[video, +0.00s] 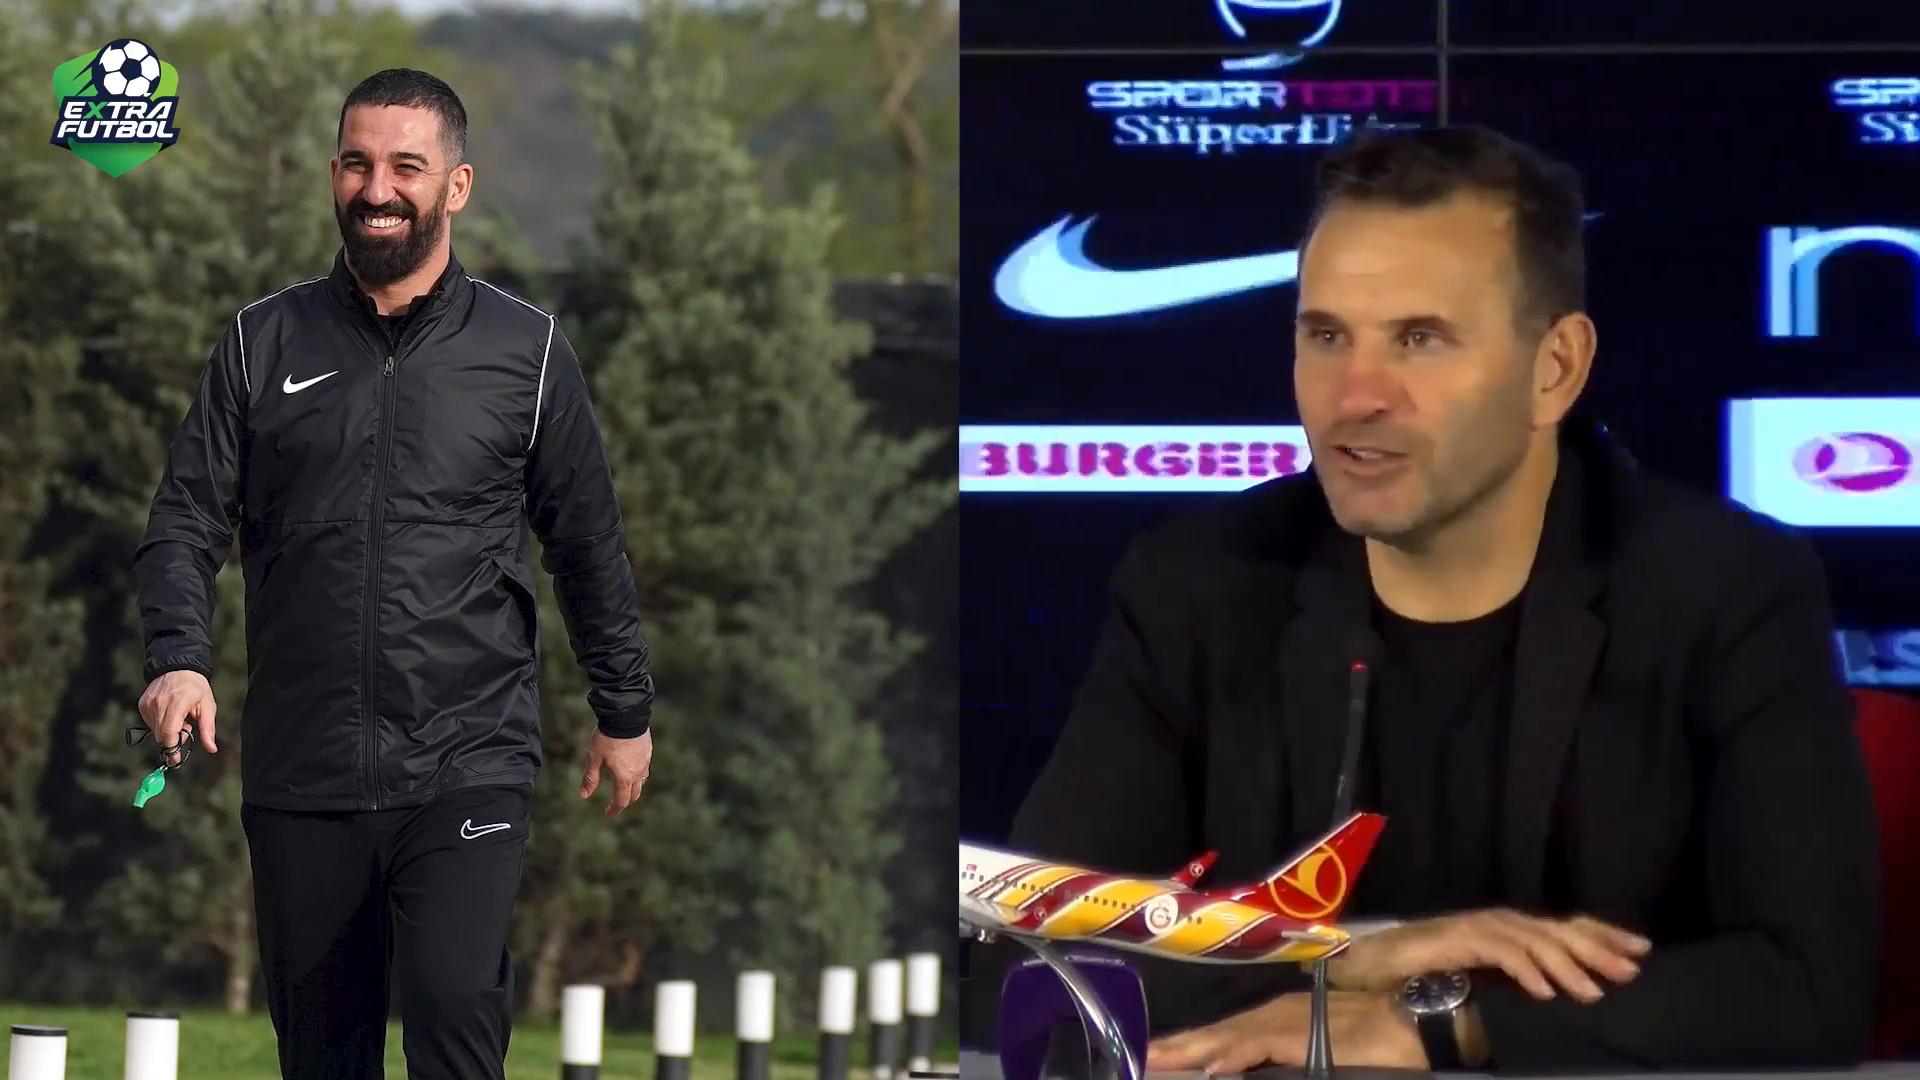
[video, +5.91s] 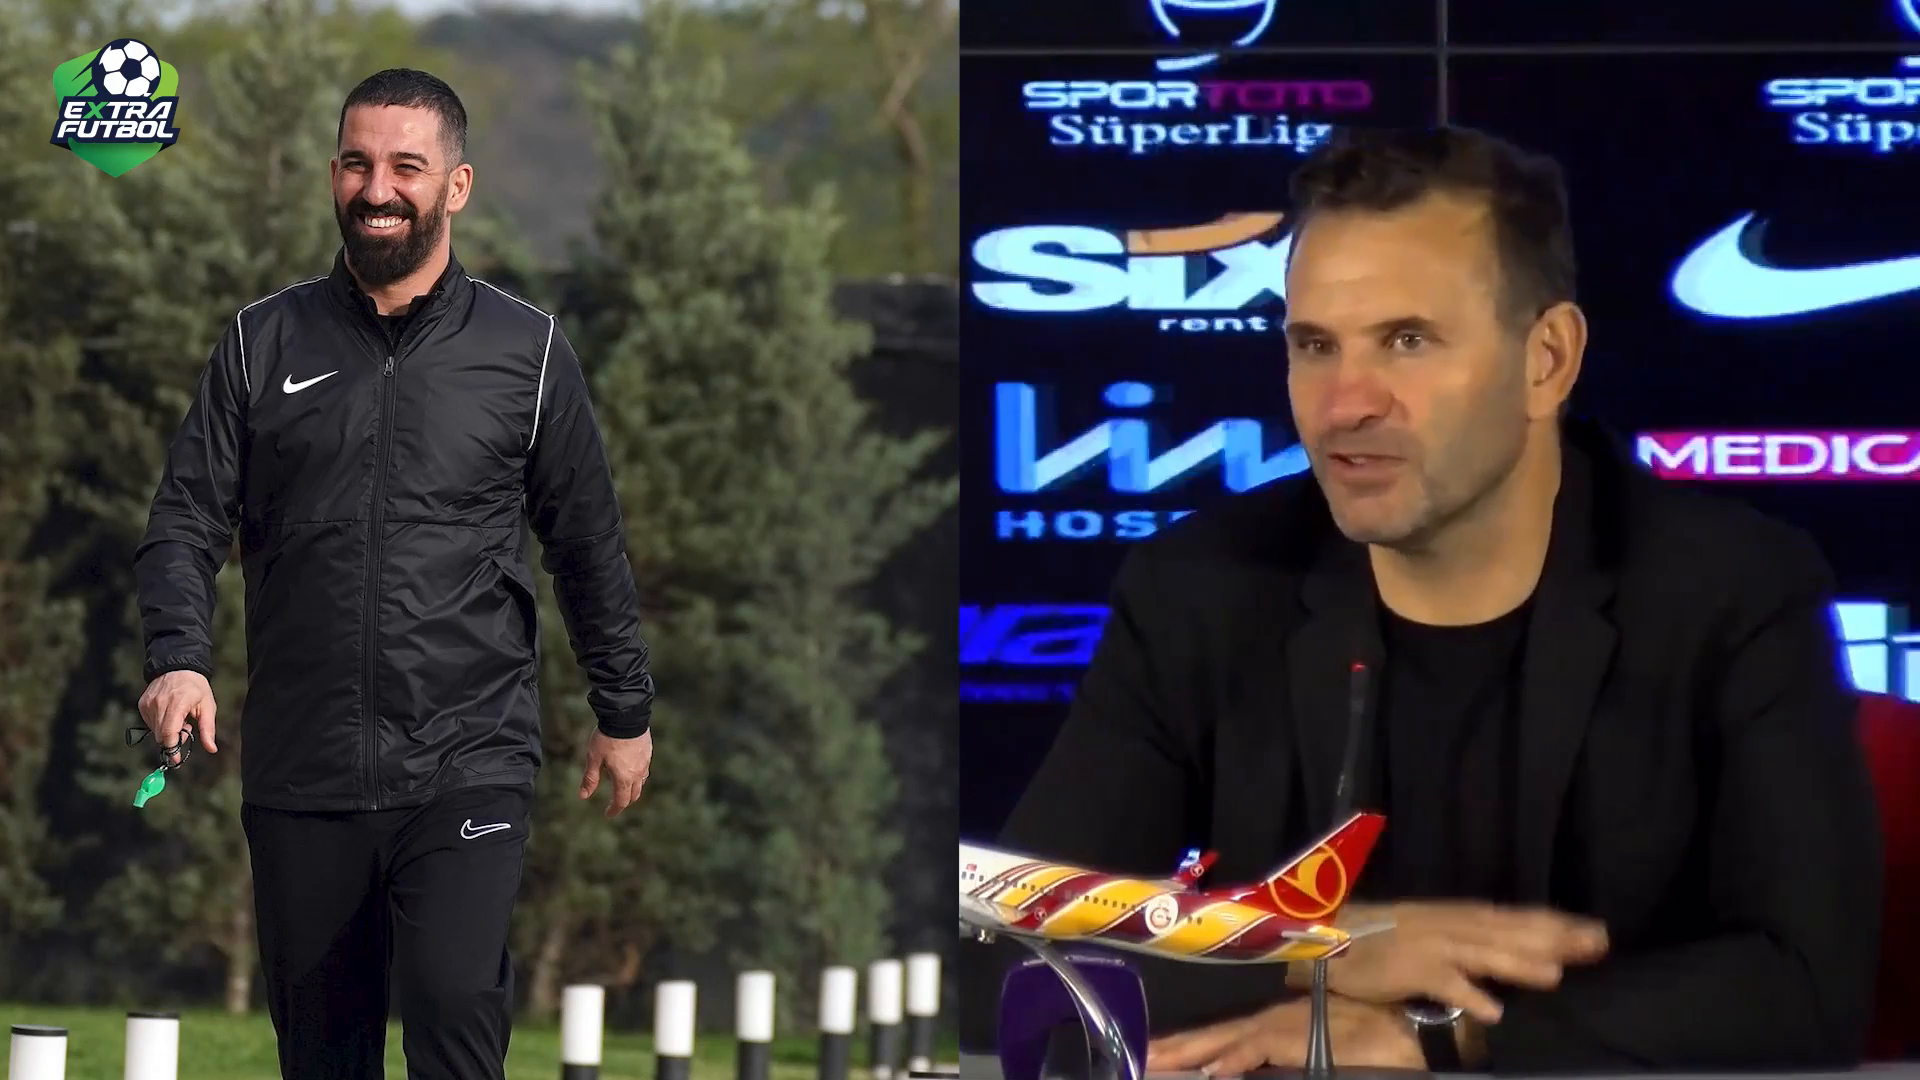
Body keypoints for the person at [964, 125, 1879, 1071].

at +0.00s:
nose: (1353, 395)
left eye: (1420, 339)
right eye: (1327, 336)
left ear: (1556, 369)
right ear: (1295, 341)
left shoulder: (1731, 596)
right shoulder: (1194, 587)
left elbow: (1807, 991)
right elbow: (1034, 957)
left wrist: (1433, 1029)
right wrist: (1347, 959)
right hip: (1245, 1071)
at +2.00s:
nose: (1352, 407)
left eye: (1415, 350)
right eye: (1320, 350)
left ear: (1547, 366)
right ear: (1284, 359)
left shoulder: (1719, 593)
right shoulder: (1185, 595)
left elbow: (1810, 990)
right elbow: (1020, 944)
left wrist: (1436, 1019)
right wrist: (1314, 919)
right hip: (1245, 1077)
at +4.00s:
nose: (1324, 389)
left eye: (1387, 330)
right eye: (1300, 334)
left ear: (1537, 349)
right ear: (1276, 342)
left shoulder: (1735, 593)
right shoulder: (1193, 593)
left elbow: (1813, 993)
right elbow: (1024, 977)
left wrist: (1436, 1024)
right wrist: (1319, 954)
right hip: (1254, 1075)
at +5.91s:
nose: (1342, 401)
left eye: (1406, 342)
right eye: (1314, 345)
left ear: (1548, 360)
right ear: (1286, 354)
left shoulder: (1733, 593)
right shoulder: (1200, 594)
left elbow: (1806, 992)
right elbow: (1023, 963)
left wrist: (1430, 1035)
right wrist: (1310, 965)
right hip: (1261, 1078)